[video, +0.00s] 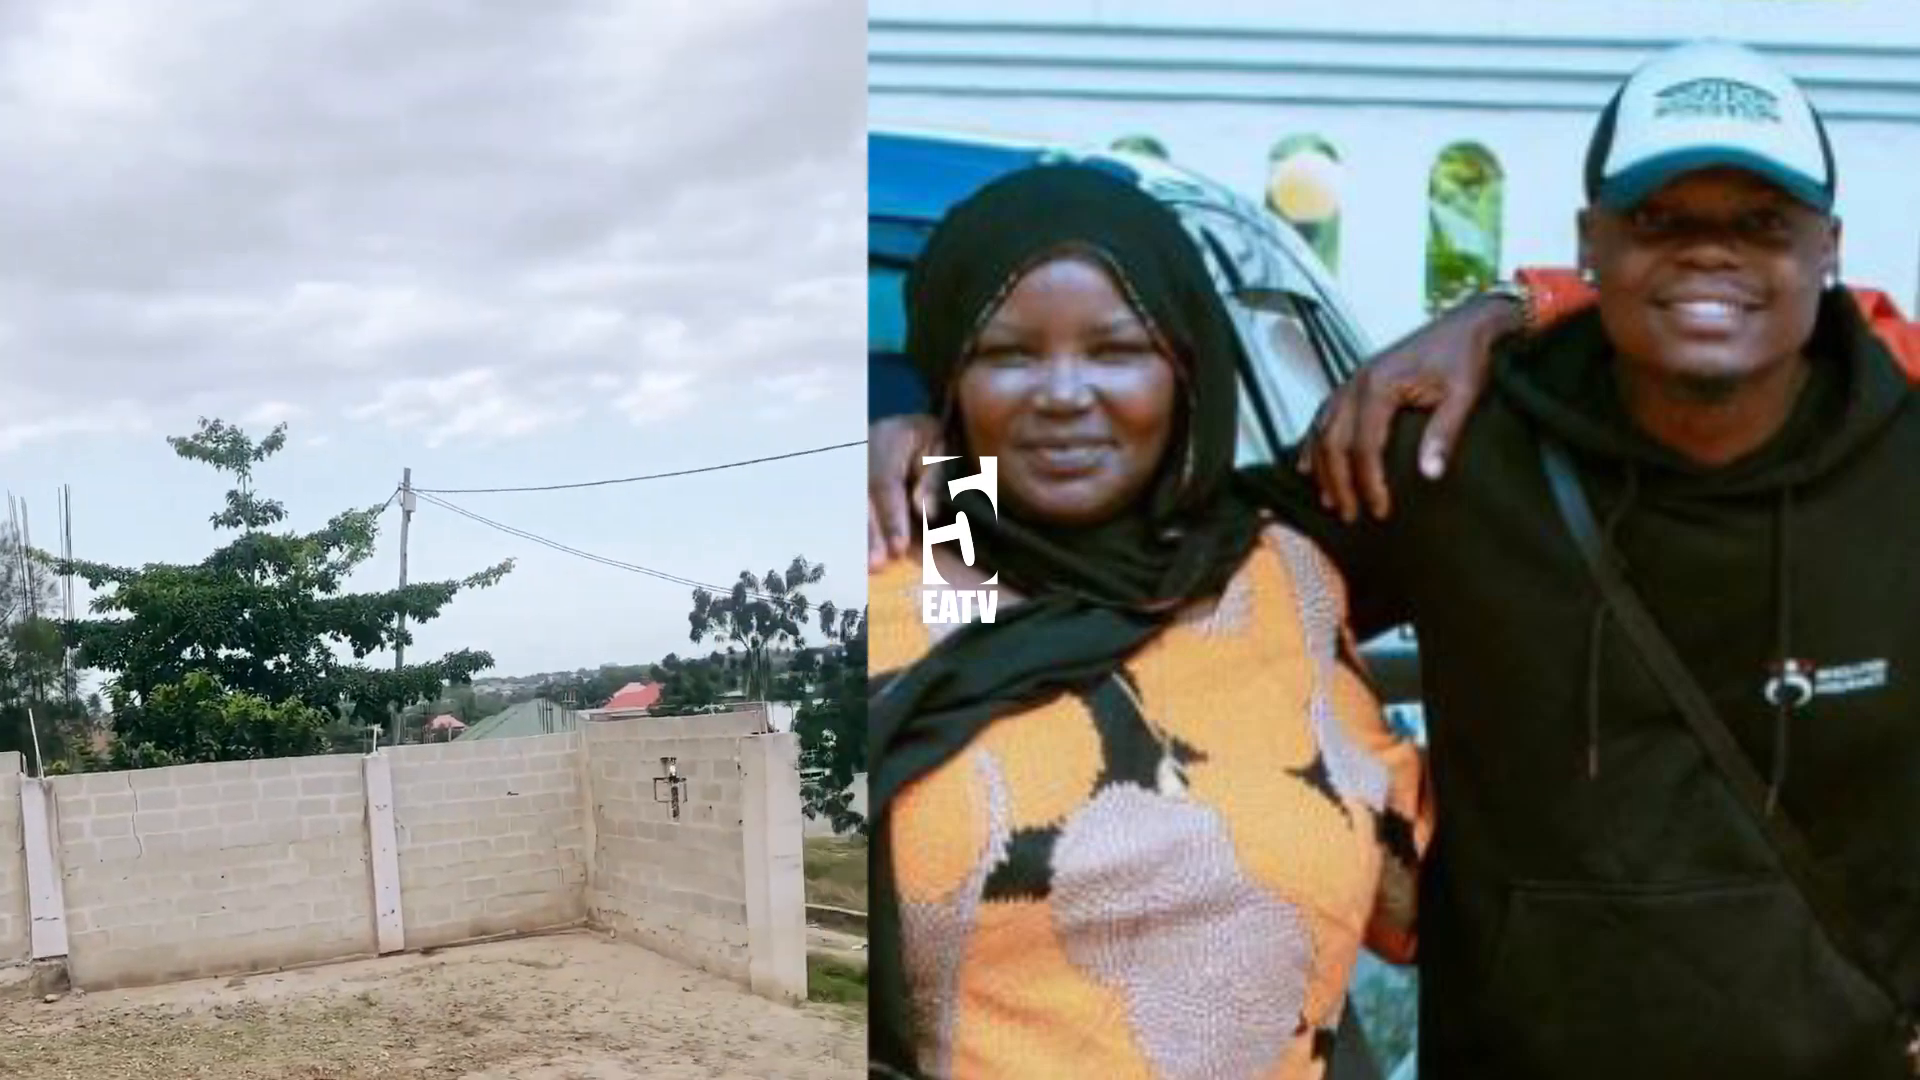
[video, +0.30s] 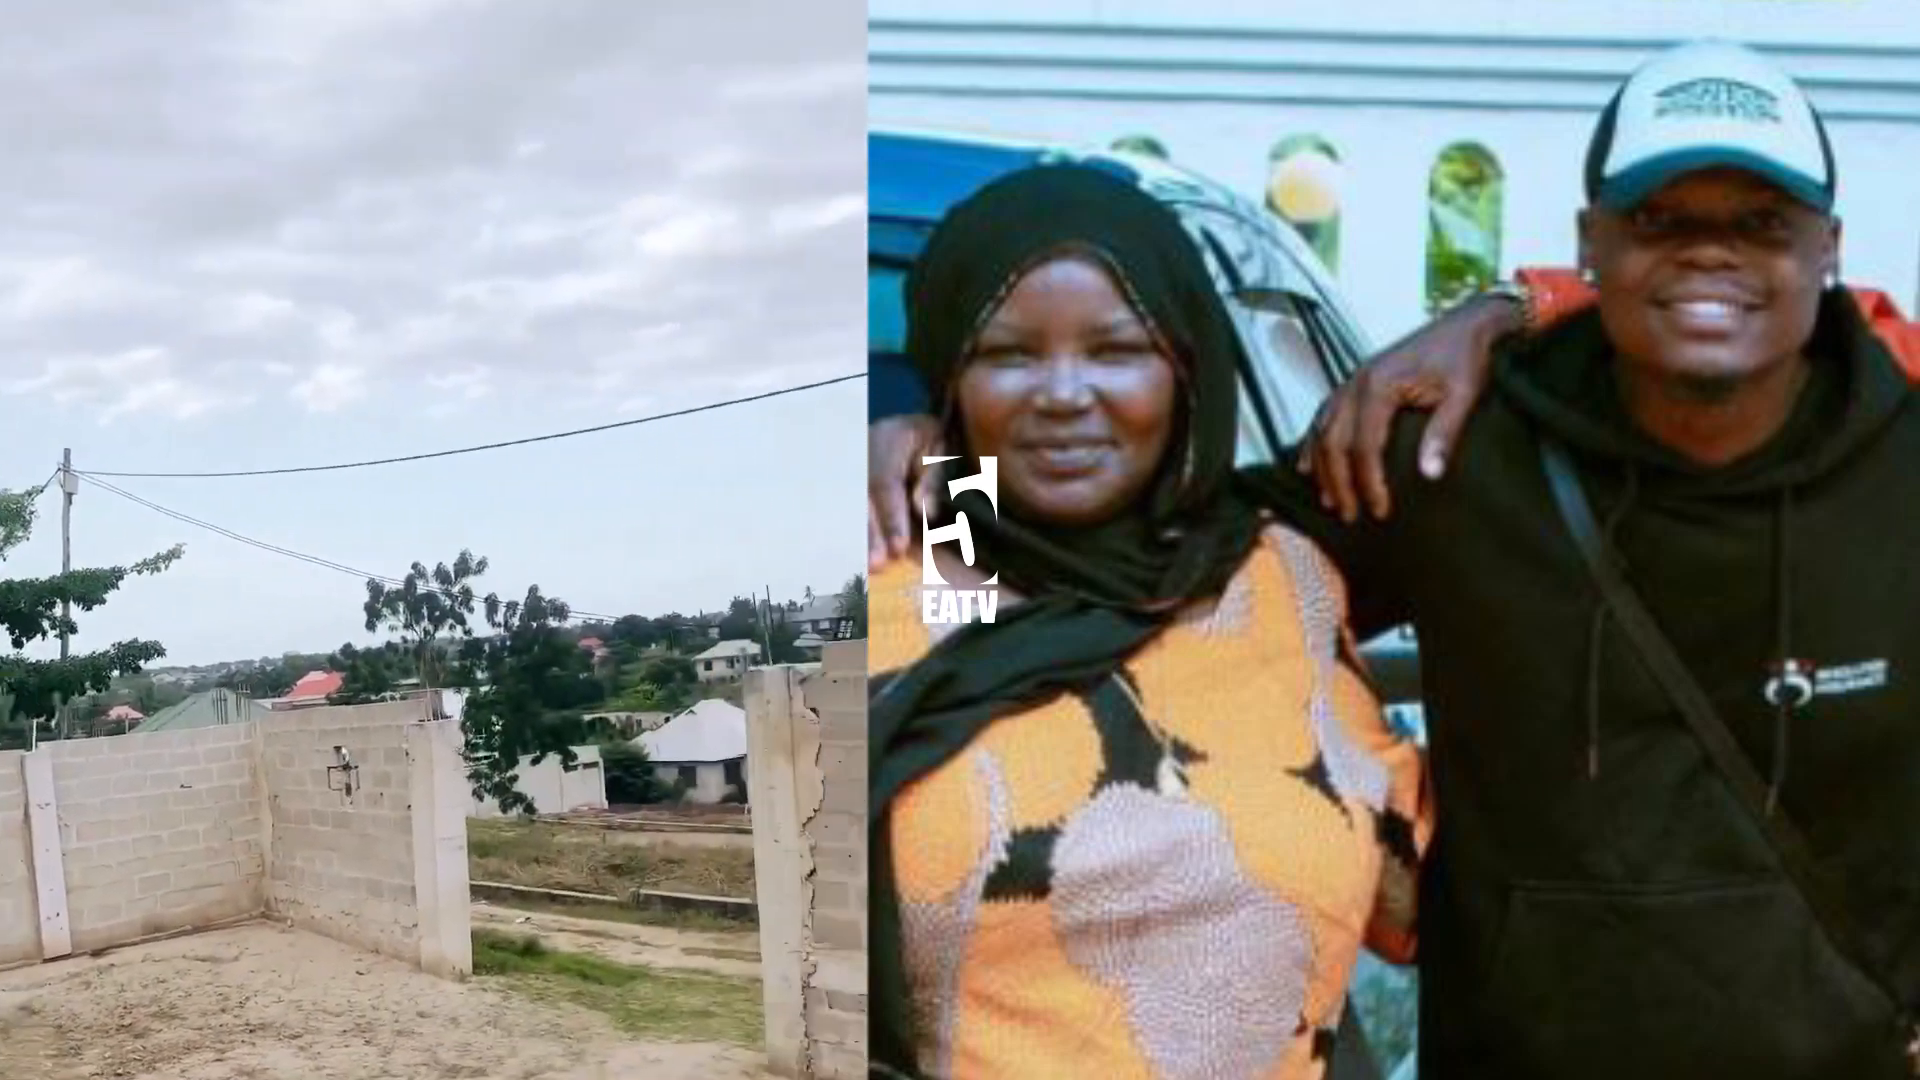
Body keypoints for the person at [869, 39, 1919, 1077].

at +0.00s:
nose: (1707, 250)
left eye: (1757, 218)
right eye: (1664, 214)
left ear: (1826, 250)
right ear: (1594, 241)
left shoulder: (1898, 444)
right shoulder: (1463, 449)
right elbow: (1172, 556)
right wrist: (957, 452)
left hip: (1848, 1038)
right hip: (1535, 1044)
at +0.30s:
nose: (1707, 251)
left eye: (1757, 218)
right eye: (1664, 214)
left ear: (1826, 250)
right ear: (1594, 241)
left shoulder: (1898, 443)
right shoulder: (1463, 448)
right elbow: (1170, 557)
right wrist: (956, 457)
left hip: (1849, 1038)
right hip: (1536, 1045)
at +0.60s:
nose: (1706, 250)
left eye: (1757, 218)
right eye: (1664, 213)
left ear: (1826, 250)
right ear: (1594, 241)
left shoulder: (1899, 445)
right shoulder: (1462, 449)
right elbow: (1172, 557)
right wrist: (961, 456)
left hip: (1849, 1038)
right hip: (1535, 1045)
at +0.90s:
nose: (1706, 251)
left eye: (1757, 219)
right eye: (1664, 214)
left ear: (1826, 250)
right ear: (1594, 241)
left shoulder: (1898, 446)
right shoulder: (1463, 449)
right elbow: (1171, 557)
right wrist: (958, 461)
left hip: (1849, 1038)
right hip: (1536, 1045)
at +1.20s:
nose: (1706, 250)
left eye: (1757, 219)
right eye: (1664, 214)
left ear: (1826, 250)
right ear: (1594, 241)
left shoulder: (1898, 445)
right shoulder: (1462, 449)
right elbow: (1174, 558)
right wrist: (962, 460)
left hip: (1849, 1039)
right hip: (1536, 1045)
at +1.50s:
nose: (1707, 252)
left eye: (1757, 219)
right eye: (1664, 215)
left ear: (1826, 250)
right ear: (1594, 242)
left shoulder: (1898, 446)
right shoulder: (1463, 449)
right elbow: (1170, 557)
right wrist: (952, 452)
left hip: (1848, 1038)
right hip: (1535, 1044)